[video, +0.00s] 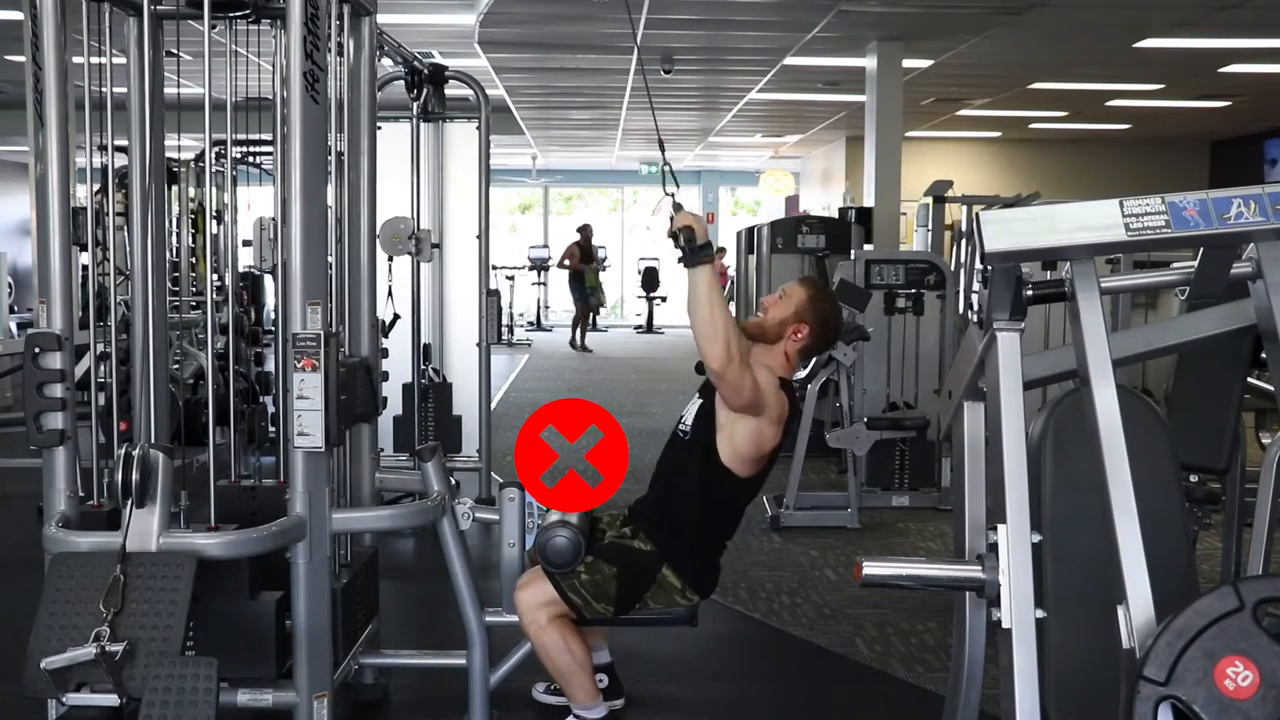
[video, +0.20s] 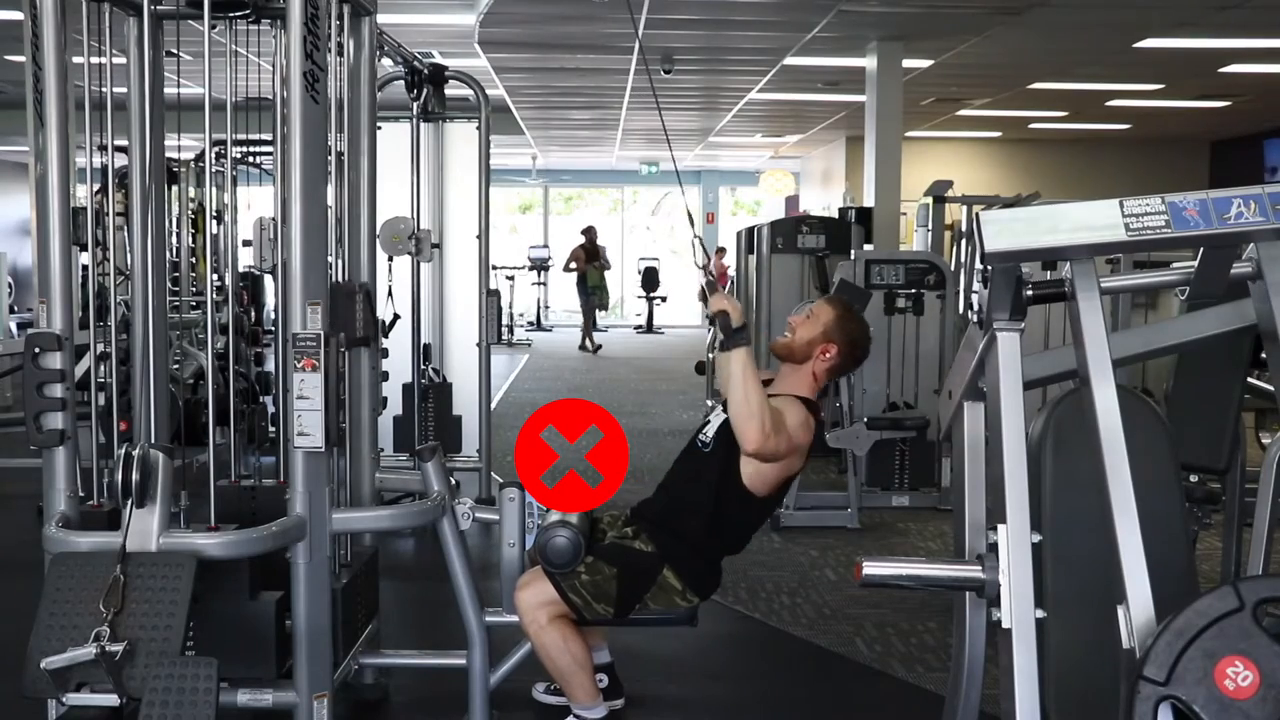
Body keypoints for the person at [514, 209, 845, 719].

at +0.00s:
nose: (765, 298)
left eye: (779, 297)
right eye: (775, 292)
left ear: (796, 332)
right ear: (795, 334)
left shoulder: (762, 396)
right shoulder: (751, 371)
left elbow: (720, 356)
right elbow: (720, 336)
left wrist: (697, 250)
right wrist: (706, 265)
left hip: (670, 564)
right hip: (649, 529)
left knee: (533, 596)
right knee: (552, 545)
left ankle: (589, 711)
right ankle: (595, 672)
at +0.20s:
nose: (792, 316)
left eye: (807, 317)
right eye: (802, 310)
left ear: (824, 354)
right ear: (820, 356)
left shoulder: (795, 417)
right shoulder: (772, 386)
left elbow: (756, 438)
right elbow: (727, 387)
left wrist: (736, 331)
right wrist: (723, 324)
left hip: (676, 562)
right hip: (651, 527)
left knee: (533, 597)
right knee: (550, 545)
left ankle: (590, 712)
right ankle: (596, 670)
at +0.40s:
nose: (813, 335)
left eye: (829, 335)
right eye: (825, 328)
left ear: (844, 371)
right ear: (842, 371)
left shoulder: (816, 435)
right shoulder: (797, 399)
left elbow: (784, 499)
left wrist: (766, 403)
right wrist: (755, 381)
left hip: (679, 560)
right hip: (660, 523)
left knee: (536, 595)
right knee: (553, 544)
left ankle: (590, 711)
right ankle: (596, 674)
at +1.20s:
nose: (817, 336)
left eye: (832, 337)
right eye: (827, 330)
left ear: (845, 373)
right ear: (842, 372)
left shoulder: (813, 427)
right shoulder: (795, 396)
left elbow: (766, 435)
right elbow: (739, 386)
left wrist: (747, 331)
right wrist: (729, 322)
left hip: (680, 561)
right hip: (662, 525)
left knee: (537, 595)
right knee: (557, 544)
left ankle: (590, 712)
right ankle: (595, 673)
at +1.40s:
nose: (786, 311)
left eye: (801, 310)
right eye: (798, 304)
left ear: (814, 346)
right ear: (812, 349)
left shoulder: (778, 401)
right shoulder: (769, 381)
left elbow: (732, 360)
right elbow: (730, 344)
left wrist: (706, 258)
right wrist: (708, 260)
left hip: (671, 561)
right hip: (653, 530)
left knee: (533, 598)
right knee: (552, 547)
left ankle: (589, 710)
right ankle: (596, 672)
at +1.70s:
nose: (734, 278)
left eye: (749, 280)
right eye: (746, 273)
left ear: (762, 317)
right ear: (761, 318)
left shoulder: (732, 365)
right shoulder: (722, 352)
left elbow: (690, 281)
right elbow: (691, 279)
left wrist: (672, 182)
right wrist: (665, 189)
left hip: (670, 558)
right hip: (650, 530)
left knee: (533, 598)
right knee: (549, 546)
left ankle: (590, 711)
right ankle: (593, 671)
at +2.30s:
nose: (741, 288)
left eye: (754, 288)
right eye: (752, 282)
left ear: (770, 323)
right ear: (770, 324)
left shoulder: (738, 375)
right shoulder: (731, 362)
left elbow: (692, 298)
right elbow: (696, 296)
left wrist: (669, 196)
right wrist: (671, 206)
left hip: (670, 560)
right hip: (649, 532)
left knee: (533, 598)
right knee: (552, 545)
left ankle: (590, 712)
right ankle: (594, 671)